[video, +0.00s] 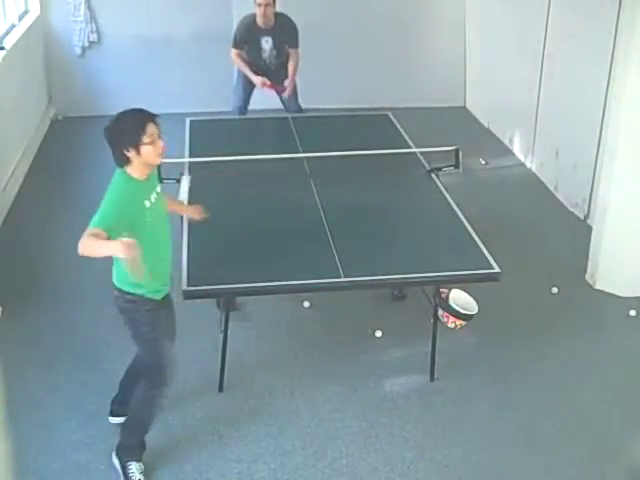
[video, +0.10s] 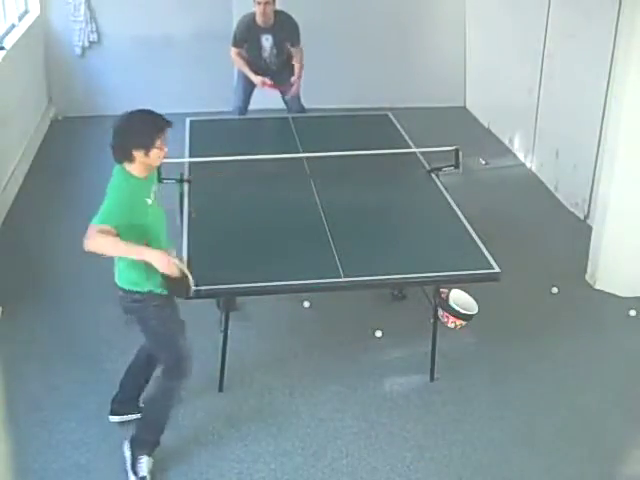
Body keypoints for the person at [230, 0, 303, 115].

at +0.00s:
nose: (263, 10)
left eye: (267, 5)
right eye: (259, 6)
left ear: (274, 7)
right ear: (255, 7)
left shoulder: (287, 24)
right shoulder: (246, 24)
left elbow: (293, 54)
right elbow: (235, 54)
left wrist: (291, 78)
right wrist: (254, 78)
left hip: (279, 71)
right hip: (251, 68)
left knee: (294, 109)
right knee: (238, 108)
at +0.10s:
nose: (263, 9)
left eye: (267, 4)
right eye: (259, 4)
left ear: (274, 5)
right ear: (255, 6)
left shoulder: (287, 22)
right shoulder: (245, 23)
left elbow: (296, 51)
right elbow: (235, 53)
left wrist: (297, 76)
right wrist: (253, 77)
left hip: (281, 70)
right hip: (252, 67)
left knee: (296, 108)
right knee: (239, 108)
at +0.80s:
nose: (275, 17)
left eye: (280, 12)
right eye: (272, 12)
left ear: (287, 11)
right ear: (267, 10)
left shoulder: (299, 26)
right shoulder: (258, 32)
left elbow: (322, 43)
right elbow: (235, 69)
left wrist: (344, 66)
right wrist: (261, 88)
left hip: (292, 83)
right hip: (262, 83)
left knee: (311, 118)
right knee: (253, 123)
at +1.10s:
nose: (264, 3)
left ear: (270, 3)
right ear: (252, 2)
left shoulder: (268, 20)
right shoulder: (245, 19)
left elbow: (270, 42)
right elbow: (250, 48)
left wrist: (297, 52)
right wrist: (268, 70)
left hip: (255, 79)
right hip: (232, 80)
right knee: (237, 119)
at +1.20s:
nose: (263, 0)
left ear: (265, 1)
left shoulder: (262, 13)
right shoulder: (242, 14)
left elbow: (261, 36)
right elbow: (247, 52)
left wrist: (287, 49)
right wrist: (269, 77)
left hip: (250, 76)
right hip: (228, 77)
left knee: (272, 113)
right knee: (236, 120)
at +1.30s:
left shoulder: (258, 10)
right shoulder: (237, 12)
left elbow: (258, 33)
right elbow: (236, 52)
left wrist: (282, 46)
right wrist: (263, 75)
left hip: (248, 75)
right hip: (226, 76)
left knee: (266, 115)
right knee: (236, 119)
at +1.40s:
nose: (256, 0)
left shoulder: (256, 12)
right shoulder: (233, 13)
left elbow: (256, 32)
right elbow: (222, 51)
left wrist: (283, 42)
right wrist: (252, 72)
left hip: (247, 76)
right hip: (227, 76)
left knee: (259, 118)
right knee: (239, 118)